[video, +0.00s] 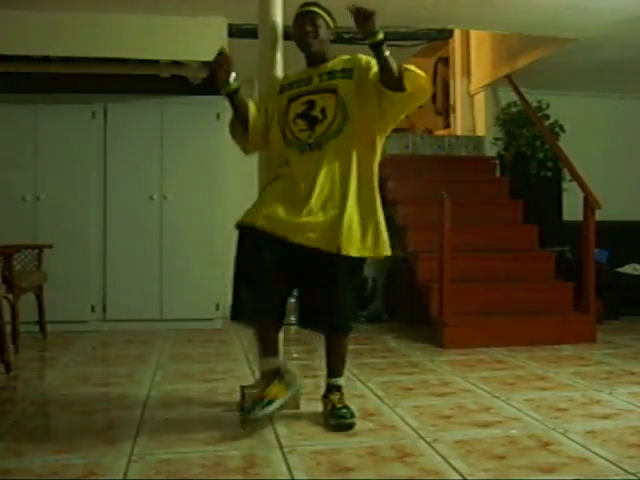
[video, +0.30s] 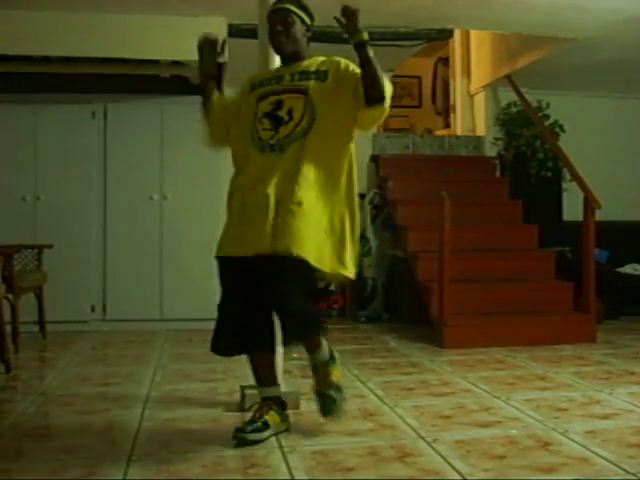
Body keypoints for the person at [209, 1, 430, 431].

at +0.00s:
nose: (309, 30)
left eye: (316, 23)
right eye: (302, 25)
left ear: (332, 31)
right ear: (294, 36)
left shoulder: (359, 71)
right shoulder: (281, 89)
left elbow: (398, 88)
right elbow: (249, 138)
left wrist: (373, 38)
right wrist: (232, 90)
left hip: (341, 210)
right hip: (281, 207)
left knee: (337, 311)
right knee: (258, 288)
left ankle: (335, 392)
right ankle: (273, 377)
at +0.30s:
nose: (279, 28)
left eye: (288, 20)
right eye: (272, 23)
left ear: (308, 30)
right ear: (266, 36)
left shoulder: (334, 71)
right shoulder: (253, 86)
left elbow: (377, 100)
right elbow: (220, 129)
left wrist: (359, 40)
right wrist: (209, 76)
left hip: (306, 205)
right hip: (250, 209)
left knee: (291, 292)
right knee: (247, 309)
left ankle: (324, 366)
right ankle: (271, 403)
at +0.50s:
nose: (275, 15)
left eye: (284, 8)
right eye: (268, 8)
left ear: (299, 19)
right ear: (258, 18)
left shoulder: (321, 66)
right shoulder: (228, 65)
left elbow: (376, 78)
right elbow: (178, 78)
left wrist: (351, 19)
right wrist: (196, 20)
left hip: (285, 194)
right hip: (225, 193)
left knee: (252, 285)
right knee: (233, 301)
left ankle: (259, 385)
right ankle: (269, 397)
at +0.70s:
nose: (266, 18)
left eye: (274, 12)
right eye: (259, 11)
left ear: (288, 22)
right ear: (248, 19)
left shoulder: (303, 77)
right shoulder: (222, 58)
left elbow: (336, 138)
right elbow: (191, 99)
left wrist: (330, 73)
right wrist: (200, 37)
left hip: (271, 212)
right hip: (213, 208)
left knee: (239, 322)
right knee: (242, 318)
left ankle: (217, 427)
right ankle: (272, 405)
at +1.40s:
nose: (257, 2)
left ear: (274, 4)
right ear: (232, 1)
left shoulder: (293, 56)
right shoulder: (202, 46)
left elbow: (345, 113)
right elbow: (161, 108)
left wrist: (340, 49)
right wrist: (159, 40)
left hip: (272, 198)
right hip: (209, 188)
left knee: (249, 325)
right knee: (202, 286)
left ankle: (228, 438)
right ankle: (203, 394)